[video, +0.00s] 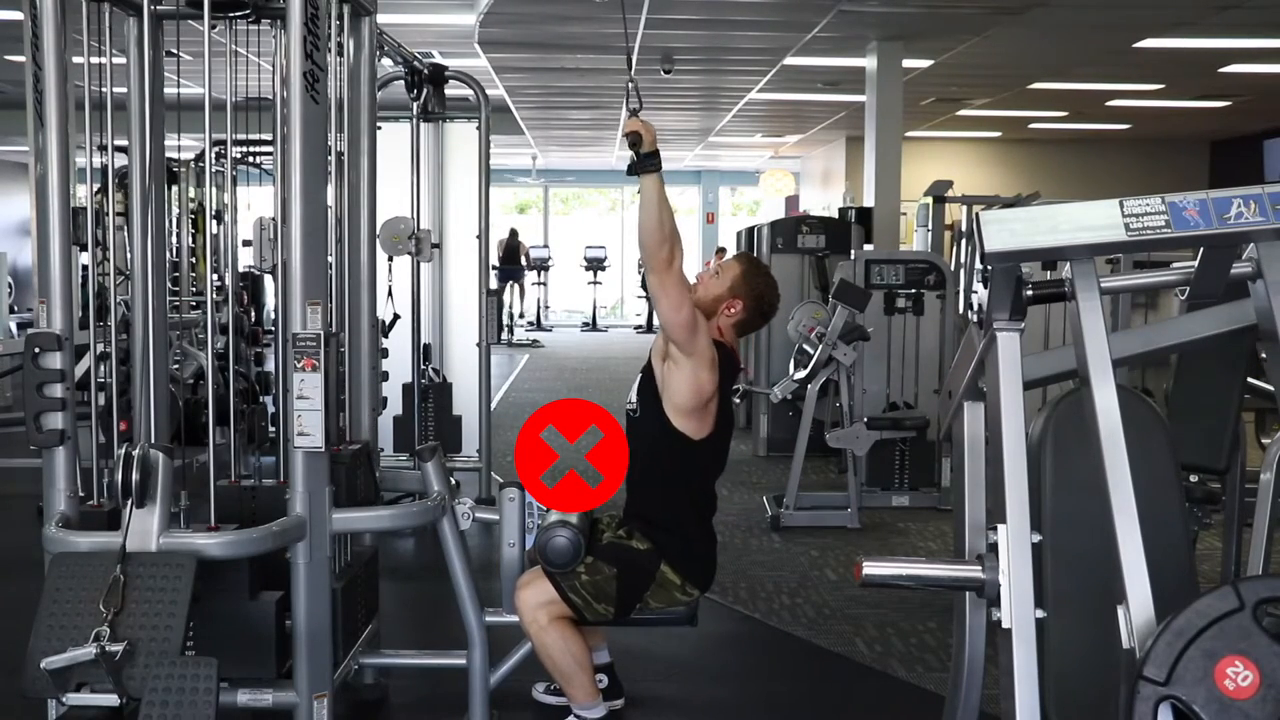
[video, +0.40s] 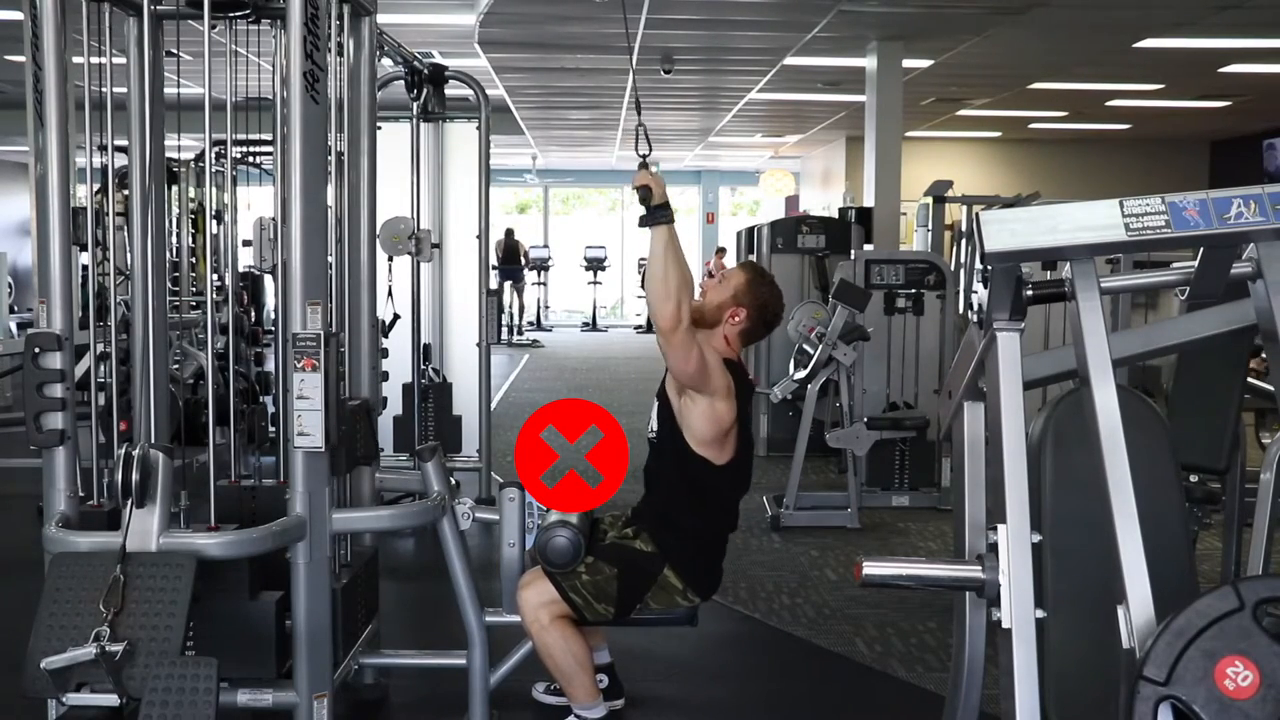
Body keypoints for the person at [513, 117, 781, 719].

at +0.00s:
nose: (702, 267)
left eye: (716, 268)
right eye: (715, 260)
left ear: (728, 306)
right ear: (731, 311)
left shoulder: (693, 348)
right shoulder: (700, 346)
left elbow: (661, 258)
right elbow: (663, 259)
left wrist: (646, 156)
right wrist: (646, 164)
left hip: (668, 555)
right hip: (661, 538)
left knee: (533, 595)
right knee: (550, 548)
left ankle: (589, 709)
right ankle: (592, 670)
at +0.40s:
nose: (707, 277)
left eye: (720, 278)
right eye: (716, 273)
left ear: (735, 317)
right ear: (735, 320)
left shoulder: (708, 377)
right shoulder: (709, 364)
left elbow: (671, 315)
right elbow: (672, 307)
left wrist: (659, 209)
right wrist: (657, 219)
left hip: (675, 562)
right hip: (660, 535)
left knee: (536, 595)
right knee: (553, 546)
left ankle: (589, 708)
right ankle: (593, 671)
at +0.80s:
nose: (712, 288)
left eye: (724, 287)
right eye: (720, 282)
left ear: (738, 323)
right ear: (740, 326)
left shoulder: (733, 393)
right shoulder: (716, 367)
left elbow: (694, 406)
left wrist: (679, 294)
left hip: (678, 562)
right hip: (656, 528)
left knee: (539, 595)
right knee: (556, 542)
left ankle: (589, 712)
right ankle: (597, 673)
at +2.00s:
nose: (708, 276)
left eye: (722, 277)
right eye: (717, 271)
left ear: (736, 316)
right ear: (735, 318)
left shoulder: (714, 375)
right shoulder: (706, 360)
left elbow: (676, 312)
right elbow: (679, 307)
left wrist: (659, 209)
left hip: (675, 565)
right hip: (655, 534)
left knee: (536, 596)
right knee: (553, 545)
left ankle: (589, 709)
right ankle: (594, 671)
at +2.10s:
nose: (708, 269)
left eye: (721, 272)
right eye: (719, 266)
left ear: (732, 314)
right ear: (733, 316)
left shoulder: (707, 369)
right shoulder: (702, 356)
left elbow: (671, 293)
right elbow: (672, 290)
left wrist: (657, 192)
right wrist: (656, 201)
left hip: (674, 564)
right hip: (657, 537)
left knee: (536, 596)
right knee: (553, 544)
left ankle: (590, 710)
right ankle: (593, 671)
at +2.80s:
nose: (722, 280)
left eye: (738, 280)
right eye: (733, 273)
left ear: (754, 315)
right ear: (755, 318)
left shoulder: (723, 367)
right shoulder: (720, 354)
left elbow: (683, 291)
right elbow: (687, 289)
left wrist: (665, 192)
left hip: (671, 560)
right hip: (653, 533)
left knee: (533, 597)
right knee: (555, 545)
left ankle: (589, 710)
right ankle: (594, 671)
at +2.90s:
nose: (744, 287)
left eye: (758, 288)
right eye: (755, 282)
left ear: (774, 325)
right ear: (774, 327)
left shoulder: (743, 381)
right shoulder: (738, 362)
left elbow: (700, 322)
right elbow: (715, 329)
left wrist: (677, 216)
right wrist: (713, 286)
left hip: (671, 561)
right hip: (649, 530)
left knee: (532, 597)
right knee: (552, 547)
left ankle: (591, 713)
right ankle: (594, 671)